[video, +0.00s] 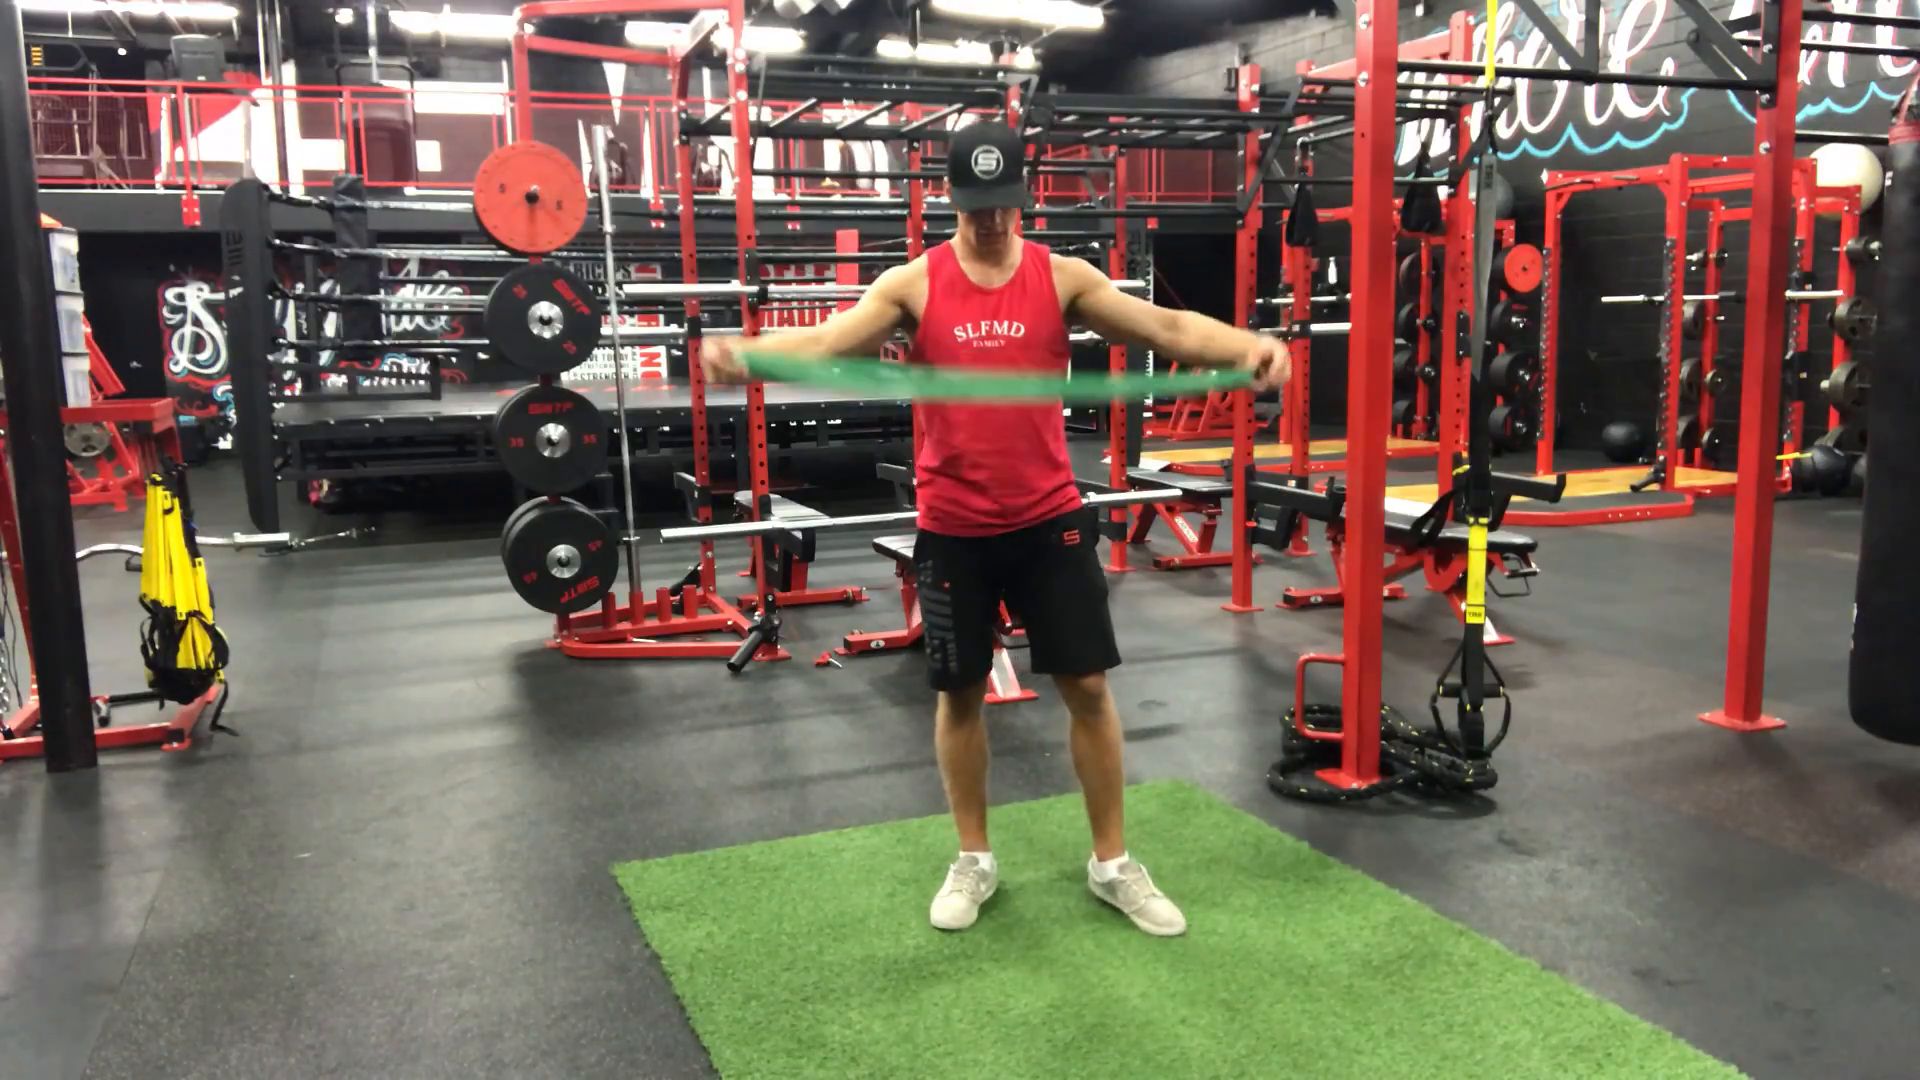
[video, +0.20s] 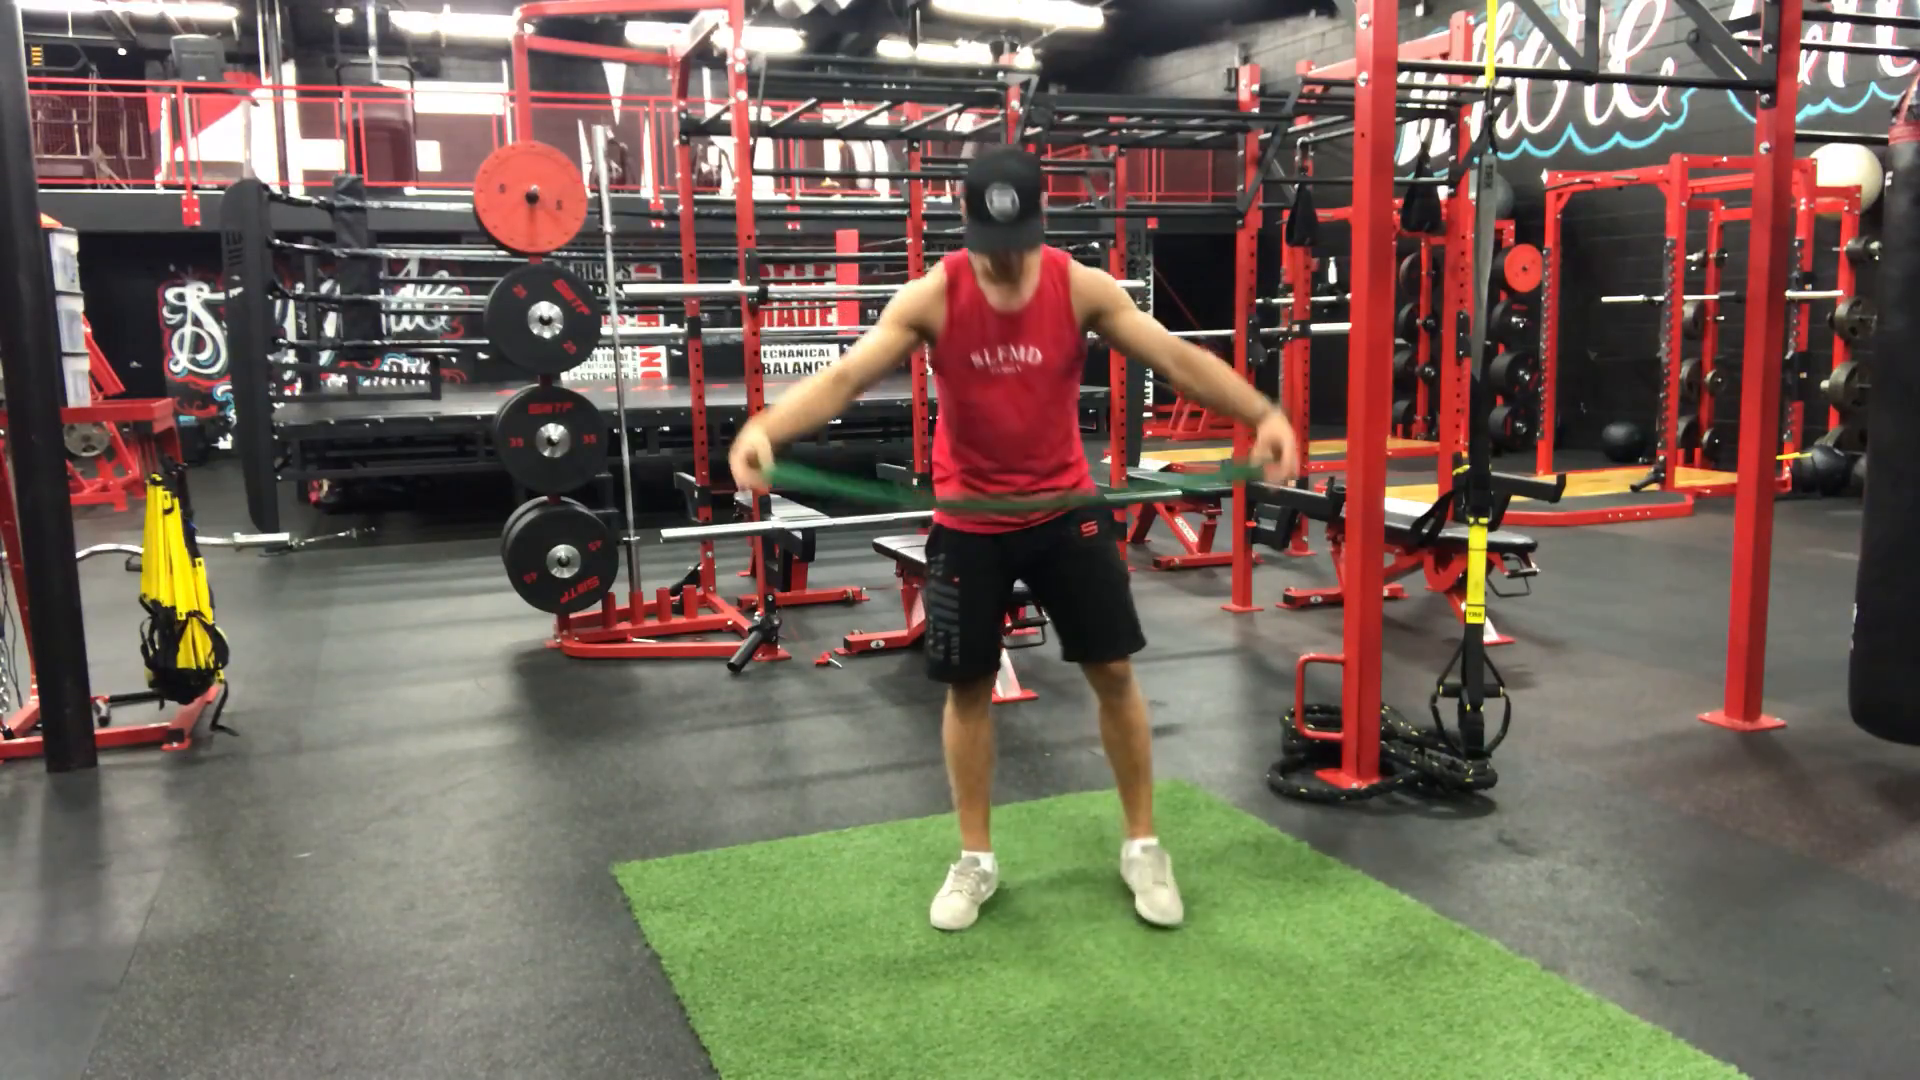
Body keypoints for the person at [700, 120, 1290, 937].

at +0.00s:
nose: (990, 219)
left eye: (1002, 204)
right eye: (975, 205)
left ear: (1023, 195)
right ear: (950, 199)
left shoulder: (1063, 278)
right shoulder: (913, 283)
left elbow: (1167, 327)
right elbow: (825, 342)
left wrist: (1250, 344)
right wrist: (746, 353)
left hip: (1051, 514)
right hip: (955, 524)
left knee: (1088, 687)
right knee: (960, 696)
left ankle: (1111, 860)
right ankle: (973, 858)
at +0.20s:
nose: (1006, 260)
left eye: (1019, 244)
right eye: (989, 246)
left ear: (1041, 223)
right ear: (964, 227)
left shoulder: (1083, 290)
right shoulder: (930, 297)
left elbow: (1177, 359)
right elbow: (842, 378)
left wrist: (1266, 413)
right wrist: (763, 428)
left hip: (1066, 512)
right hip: (969, 521)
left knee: (1114, 674)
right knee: (968, 687)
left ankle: (1142, 844)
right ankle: (973, 856)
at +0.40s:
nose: (1035, 355)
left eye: (1048, 341)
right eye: (1021, 342)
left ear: (1073, 310)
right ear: (998, 312)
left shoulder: (1117, 344)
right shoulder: (965, 346)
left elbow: (1205, 432)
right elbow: (874, 435)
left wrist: (1285, 517)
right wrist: (798, 515)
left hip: (1096, 523)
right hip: (998, 524)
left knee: (1125, 680)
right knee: (976, 674)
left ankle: (1139, 832)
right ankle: (968, 854)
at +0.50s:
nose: (1046, 400)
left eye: (1059, 388)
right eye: (1033, 387)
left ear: (1085, 361)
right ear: (1010, 358)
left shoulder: (1125, 383)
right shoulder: (978, 384)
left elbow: (1209, 478)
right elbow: (887, 474)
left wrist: (1285, 575)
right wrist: (811, 567)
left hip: (1100, 527)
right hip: (1004, 524)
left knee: (1127, 675)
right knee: (976, 671)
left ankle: (1141, 832)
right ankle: (981, 831)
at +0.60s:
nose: (1048, 477)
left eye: (1063, 469)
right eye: (1034, 468)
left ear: (1092, 431)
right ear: (1012, 425)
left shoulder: (1132, 438)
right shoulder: (977, 433)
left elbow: (1214, 539)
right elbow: (892, 529)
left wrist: (1280, 633)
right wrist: (823, 626)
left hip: (1093, 530)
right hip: (997, 533)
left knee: (1128, 664)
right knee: (983, 677)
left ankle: (1143, 831)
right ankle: (993, 826)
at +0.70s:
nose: (1052, 561)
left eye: (1068, 551)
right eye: (1040, 550)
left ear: (1100, 509)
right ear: (1015, 508)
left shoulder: (1130, 497)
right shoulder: (979, 495)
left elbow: (1215, 599)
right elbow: (894, 589)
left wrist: (1280, 695)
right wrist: (830, 688)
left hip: (1098, 540)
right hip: (998, 541)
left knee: (1132, 667)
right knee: (979, 679)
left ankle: (1135, 821)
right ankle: (993, 828)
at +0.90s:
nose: (1062, 665)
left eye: (1072, 654)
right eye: (1052, 653)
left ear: (1103, 620)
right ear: (1027, 616)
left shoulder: (1146, 603)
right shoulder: (981, 601)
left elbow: (1221, 694)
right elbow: (900, 687)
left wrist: (1286, 792)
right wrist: (836, 785)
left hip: (1102, 537)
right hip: (1002, 538)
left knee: (1155, 680)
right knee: (964, 693)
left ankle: (1131, 822)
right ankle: (992, 830)